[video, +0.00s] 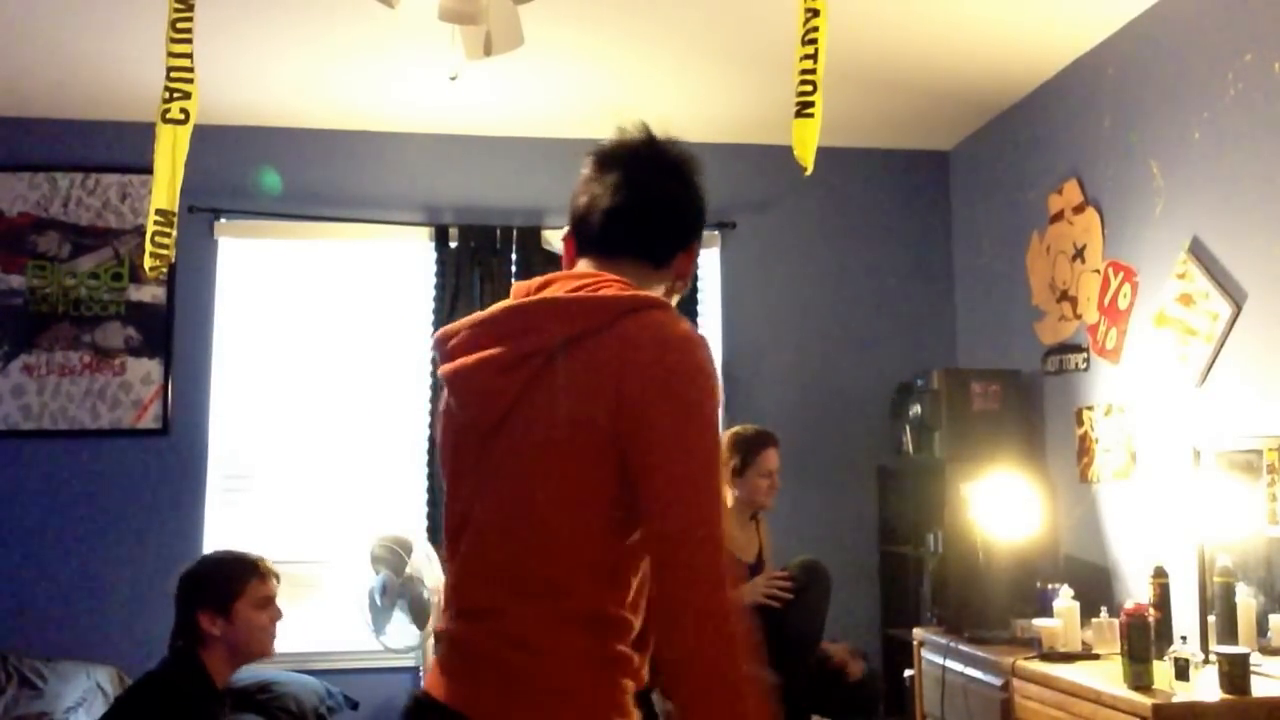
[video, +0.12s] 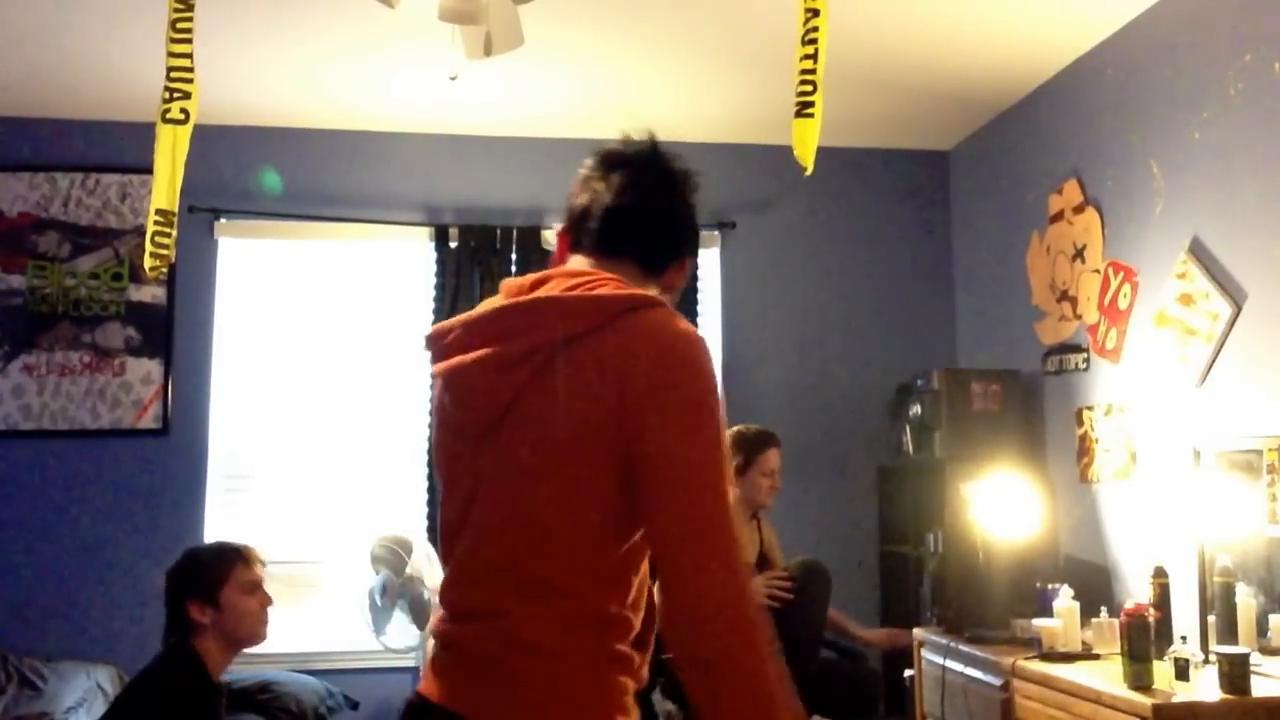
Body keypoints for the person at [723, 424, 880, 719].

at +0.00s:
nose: (775, 485)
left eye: (776, 475)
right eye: (765, 476)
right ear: (734, 476)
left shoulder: (757, 525)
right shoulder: (713, 529)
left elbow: (768, 610)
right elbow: (697, 607)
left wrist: (822, 649)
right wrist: (742, 595)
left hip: (755, 647)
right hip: (721, 652)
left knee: (861, 687)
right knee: (810, 574)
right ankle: (794, 706)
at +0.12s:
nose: (776, 485)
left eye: (777, 475)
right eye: (767, 475)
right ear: (735, 475)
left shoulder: (761, 527)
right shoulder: (713, 527)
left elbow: (793, 598)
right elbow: (699, 596)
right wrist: (743, 593)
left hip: (765, 634)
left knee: (862, 675)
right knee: (810, 574)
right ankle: (791, 697)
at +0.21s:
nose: (777, 484)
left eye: (778, 475)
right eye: (768, 475)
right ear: (733, 475)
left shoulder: (762, 528)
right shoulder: (702, 526)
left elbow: (805, 596)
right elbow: (684, 613)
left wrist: (879, 630)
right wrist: (738, 597)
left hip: (764, 641)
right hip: (721, 647)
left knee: (861, 678)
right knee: (811, 574)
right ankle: (793, 708)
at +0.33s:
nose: (778, 485)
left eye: (779, 476)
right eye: (769, 476)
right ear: (732, 475)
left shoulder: (765, 531)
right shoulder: (699, 528)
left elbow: (819, 591)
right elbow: (663, 612)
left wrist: (891, 632)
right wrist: (738, 597)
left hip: (749, 645)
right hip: (700, 653)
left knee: (860, 677)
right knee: (812, 574)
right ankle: (796, 702)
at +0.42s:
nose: (778, 487)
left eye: (780, 478)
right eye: (770, 477)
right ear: (733, 474)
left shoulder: (767, 532)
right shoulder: (703, 526)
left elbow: (821, 592)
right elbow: (683, 610)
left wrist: (893, 634)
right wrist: (740, 596)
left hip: (762, 645)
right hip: (721, 654)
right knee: (813, 574)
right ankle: (795, 706)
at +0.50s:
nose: (778, 490)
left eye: (781, 480)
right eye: (770, 479)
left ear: (780, 480)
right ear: (739, 476)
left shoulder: (768, 535)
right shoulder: (703, 533)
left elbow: (825, 594)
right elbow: (661, 612)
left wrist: (895, 636)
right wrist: (748, 591)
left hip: (761, 643)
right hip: (718, 654)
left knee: (814, 575)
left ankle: (790, 685)